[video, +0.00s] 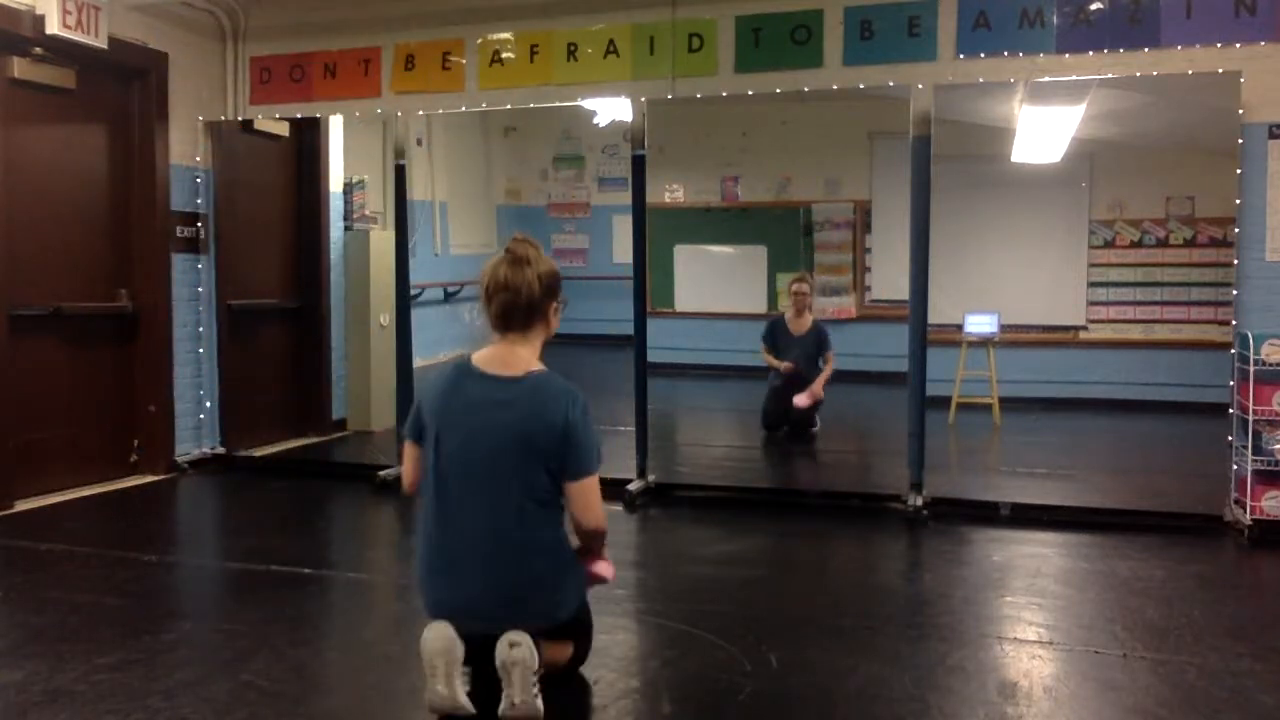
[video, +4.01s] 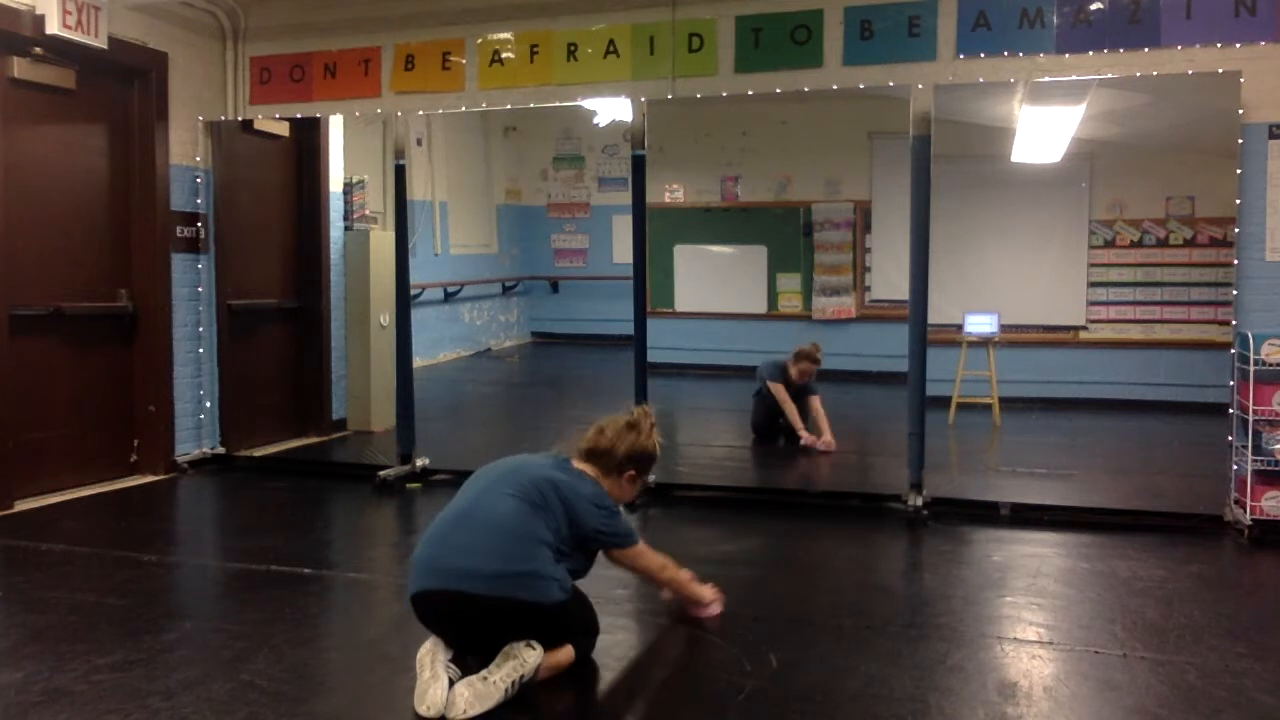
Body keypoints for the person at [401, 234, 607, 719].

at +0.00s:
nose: (559, 317)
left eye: (557, 306)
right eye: (559, 307)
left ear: (488, 307)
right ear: (551, 313)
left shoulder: (436, 386)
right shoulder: (562, 400)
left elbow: (409, 481)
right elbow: (590, 520)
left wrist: (460, 468)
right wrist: (591, 553)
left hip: (448, 584)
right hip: (532, 583)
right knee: (574, 639)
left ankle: (451, 651)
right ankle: (534, 655)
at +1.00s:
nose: (642, 494)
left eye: (644, 486)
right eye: (643, 487)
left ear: (584, 464)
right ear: (630, 491)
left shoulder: (532, 483)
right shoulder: (590, 515)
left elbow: (606, 558)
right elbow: (649, 616)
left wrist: (667, 590)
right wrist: (691, 613)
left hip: (421, 583)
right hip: (504, 585)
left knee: (492, 645)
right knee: (574, 635)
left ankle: (439, 658)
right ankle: (519, 664)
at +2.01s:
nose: (545, 354)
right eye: (543, 347)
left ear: (487, 366)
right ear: (541, 356)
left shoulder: (461, 434)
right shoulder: (581, 434)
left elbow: (445, 536)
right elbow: (591, 539)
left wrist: (481, 576)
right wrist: (561, 582)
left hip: (452, 614)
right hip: (547, 617)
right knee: (580, 638)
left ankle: (445, 672)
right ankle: (511, 686)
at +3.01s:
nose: (542, 392)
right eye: (538, 385)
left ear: (480, 403)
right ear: (535, 395)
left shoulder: (462, 450)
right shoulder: (562, 443)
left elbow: (461, 508)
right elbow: (564, 515)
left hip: (449, 595)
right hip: (539, 588)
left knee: (487, 650)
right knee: (579, 639)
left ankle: (444, 658)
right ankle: (528, 667)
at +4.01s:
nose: (633, 497)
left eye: (637, 490)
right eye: (638, 488)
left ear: (584, 454)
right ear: (628, 477)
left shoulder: (521, 468)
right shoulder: (590, 495)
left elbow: (618, 549)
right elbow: (649, 565)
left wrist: (669, 575)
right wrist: (697, 592)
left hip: (432, 587)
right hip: (516, 584)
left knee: (491, 648)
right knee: (580, 632)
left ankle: (443, 660)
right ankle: (527, 664)